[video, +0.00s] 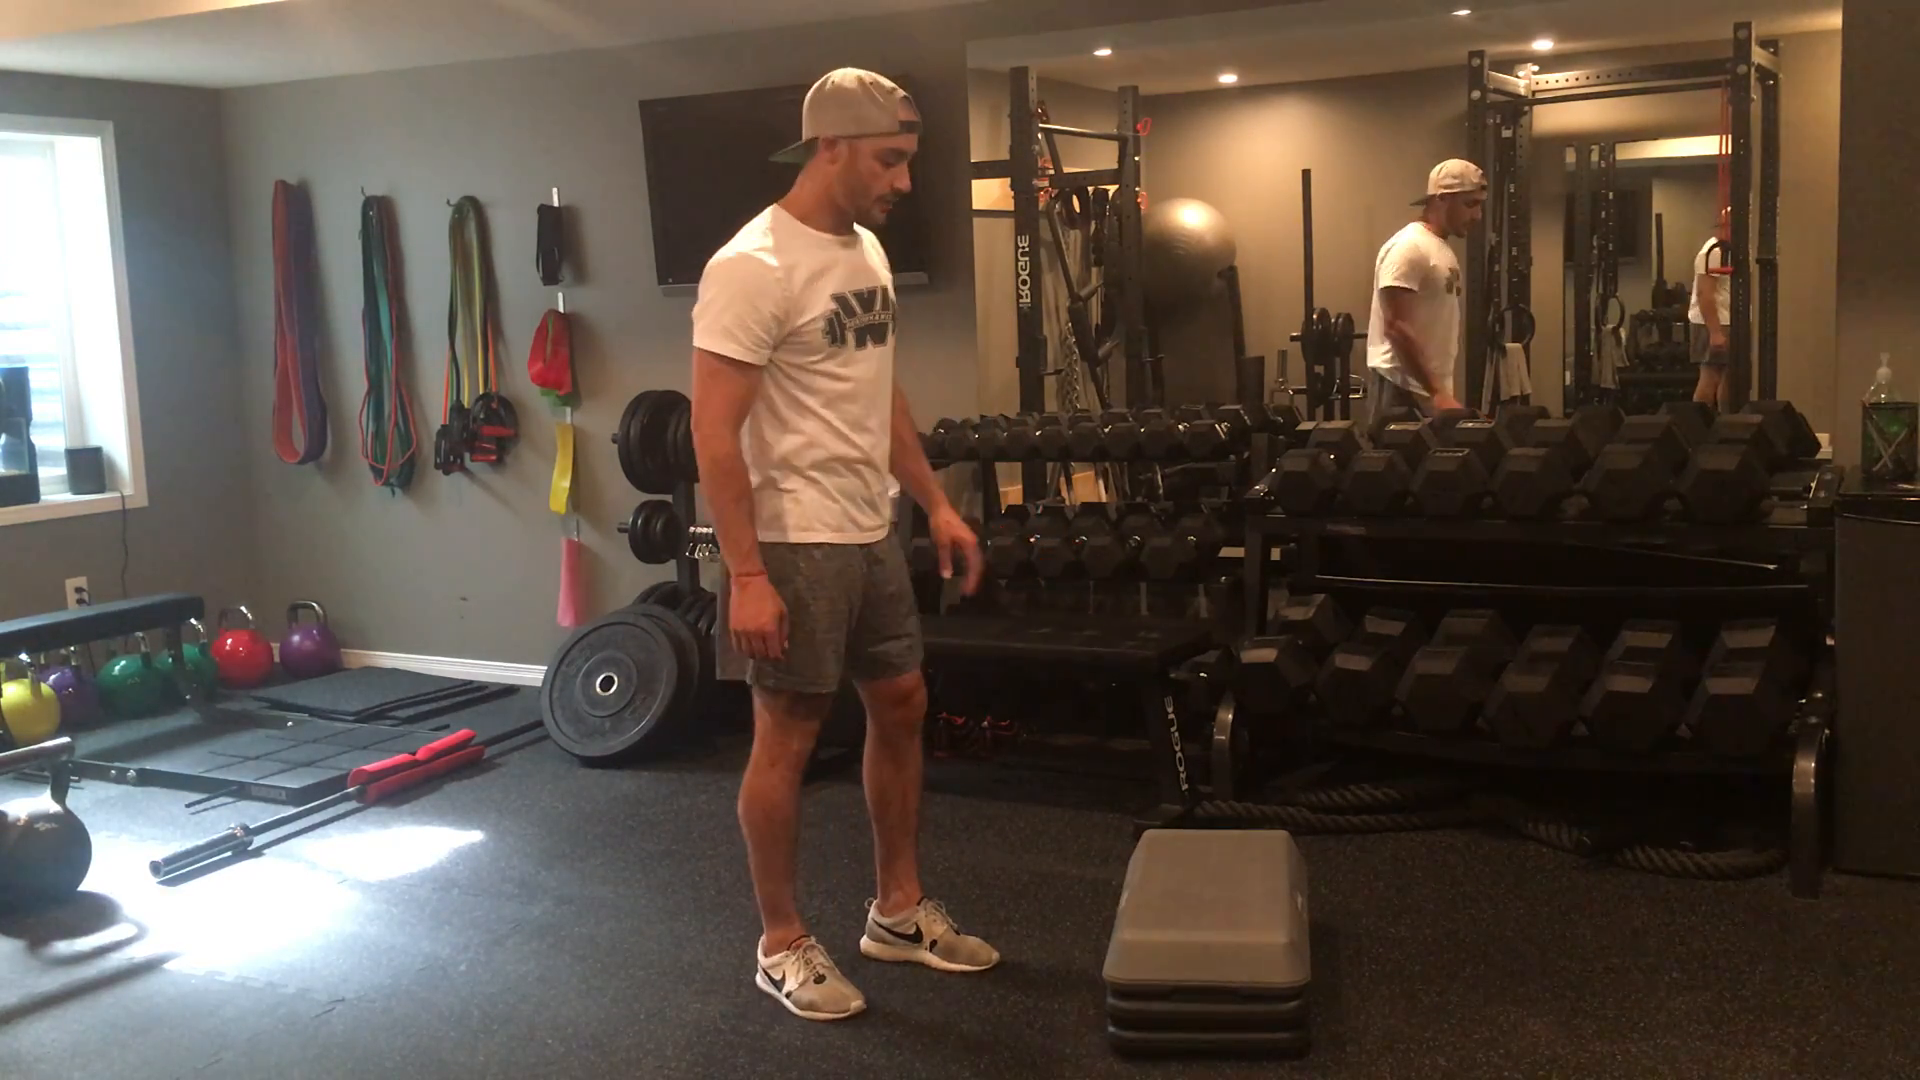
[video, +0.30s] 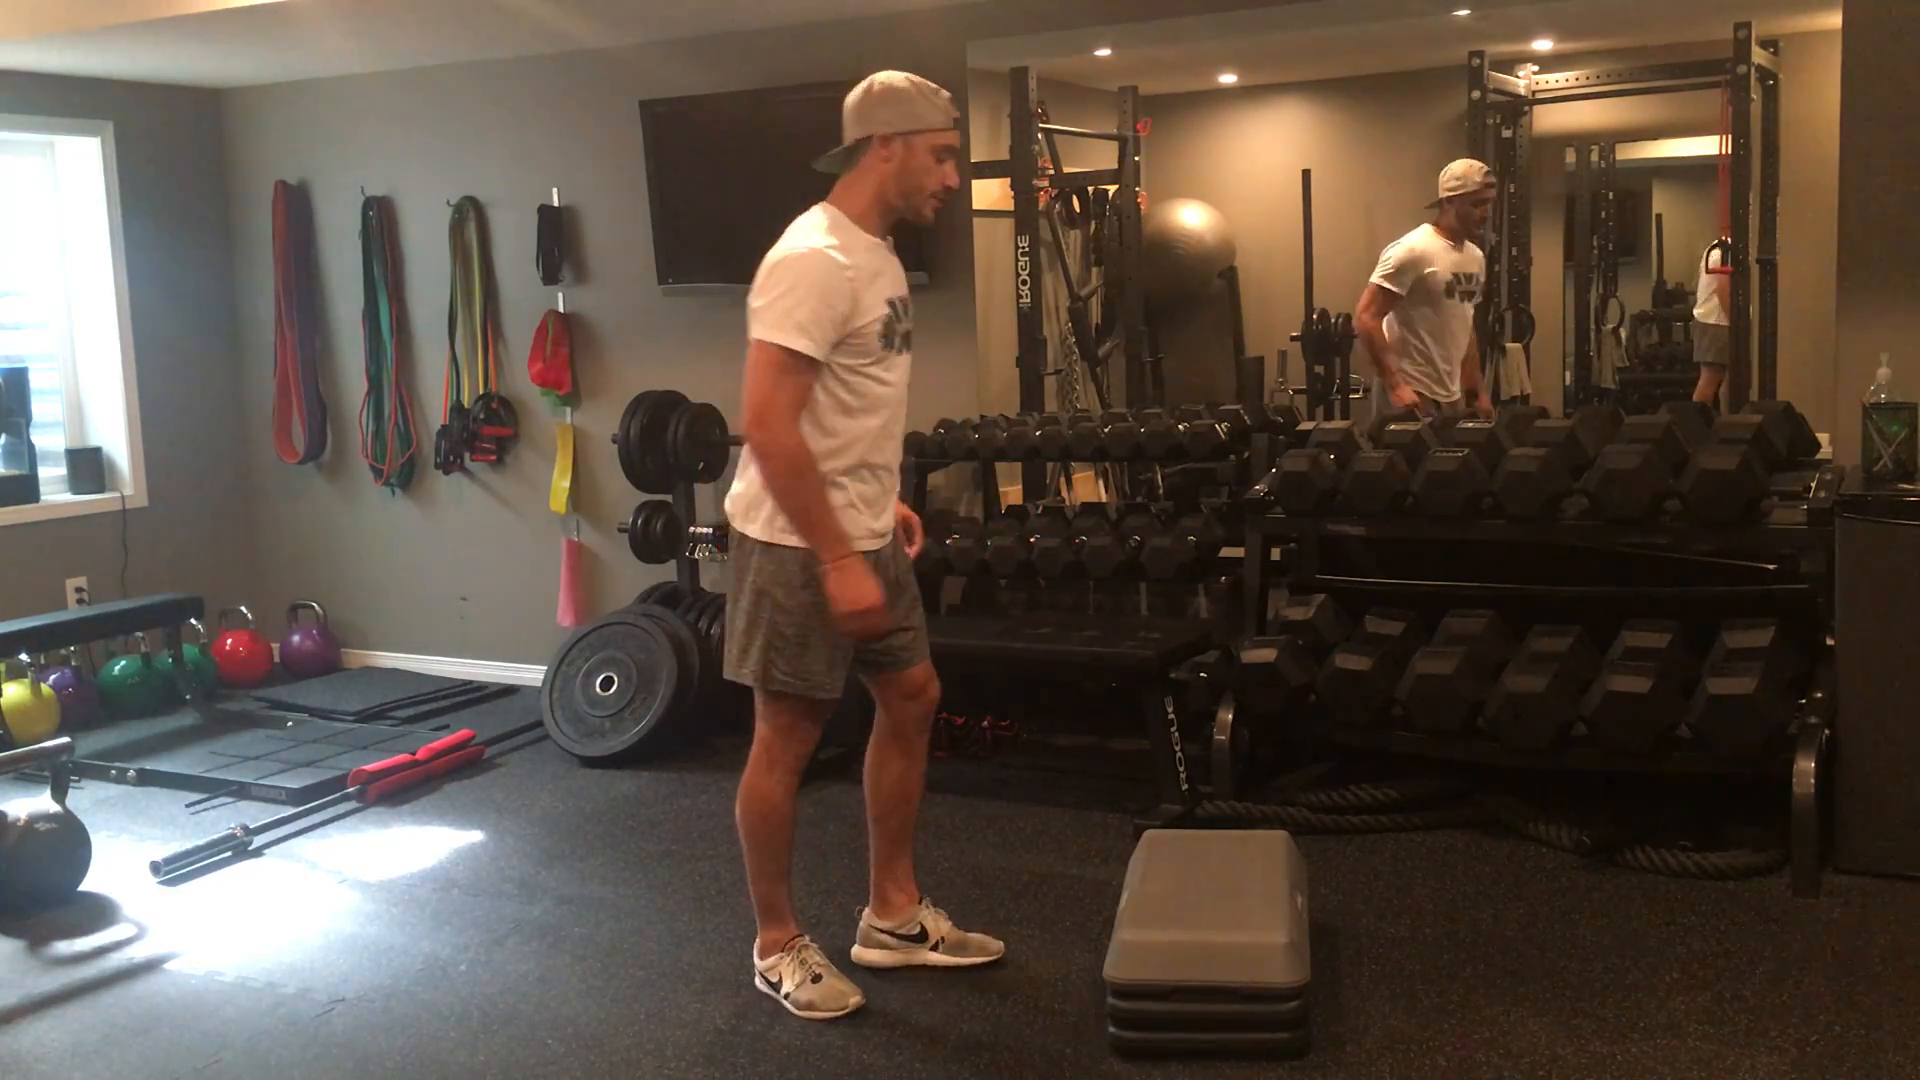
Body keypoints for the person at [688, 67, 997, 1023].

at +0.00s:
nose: (904, 179)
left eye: (907, 160)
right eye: (891, 159)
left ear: (854, 157)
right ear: (832, 152)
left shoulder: (865, 252)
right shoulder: (749, 266)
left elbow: (879, 395)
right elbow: (711, 432)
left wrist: (936, 503)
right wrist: (746, 572)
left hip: (872, 533)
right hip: (790, 543)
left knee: (900, 708)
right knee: (784, 742)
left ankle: (900, 909)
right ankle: (782, 943)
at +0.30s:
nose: (954, 178)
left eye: (955, 158)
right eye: (944, 156)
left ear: (893, 154)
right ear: (885, 150)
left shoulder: (872, 257)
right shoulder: (811, 258)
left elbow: (837, 416)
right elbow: (765, 427)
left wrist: (884, 501)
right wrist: (835, 554)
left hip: (866, 536)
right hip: (795, 544)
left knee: (910, 701)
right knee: (782, 741)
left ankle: (894, 912)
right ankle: (776, 943)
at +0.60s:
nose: (1056, 192)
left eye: (1054, 174)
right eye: (1044, 173)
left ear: (995, 179)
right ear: (990, 176)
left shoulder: (970, 270)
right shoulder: (924, 261)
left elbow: (913, 413)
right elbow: (851, 405)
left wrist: (958, 498)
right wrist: (947, 512)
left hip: (918, 541)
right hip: (876, 542)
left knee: (959, 736)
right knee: (963, 737)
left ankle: (902, 926)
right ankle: (815, 905)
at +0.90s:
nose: (1137, 83)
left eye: (1134, 64)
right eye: (1120, 65)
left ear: (1072, 83)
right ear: (1062, 81)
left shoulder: (1057, 183)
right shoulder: (1003, 175)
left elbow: (1001, 296)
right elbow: (908, 303)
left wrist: (1081, 324)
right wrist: (1024, 396)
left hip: (976, 449)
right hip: (989, 450)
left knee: (1034, 642)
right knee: (1152, 606)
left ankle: (945, 853)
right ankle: (1114, 839)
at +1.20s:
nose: (1182, 34)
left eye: (1178, 16)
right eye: (1166, 14)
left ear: (1119, 26)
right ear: (1111, 23)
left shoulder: (1106, 129)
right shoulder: (1056, 119)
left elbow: (1046, 271)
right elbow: (988, 267)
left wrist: (1127, 322)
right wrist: (1116, 340)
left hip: (1054, 402)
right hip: (1024, 406)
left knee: (1135, 604)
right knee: (1138, 603)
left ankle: (1120, 815)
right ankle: (1097, 836)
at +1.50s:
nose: (1170, 89)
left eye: (1167, 71)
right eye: (1156, 71)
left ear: (1110, 83)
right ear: (1101, 82)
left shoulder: (1091, 181)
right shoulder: (1043, 171)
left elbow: (1006, 312)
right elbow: (951, 306)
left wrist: (1094, 351)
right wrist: (1067, 393)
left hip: (1044, 451)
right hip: (978, 457)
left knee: (1158, 578)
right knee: (1010, 677)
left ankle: (1090, 781)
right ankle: (920, 900)